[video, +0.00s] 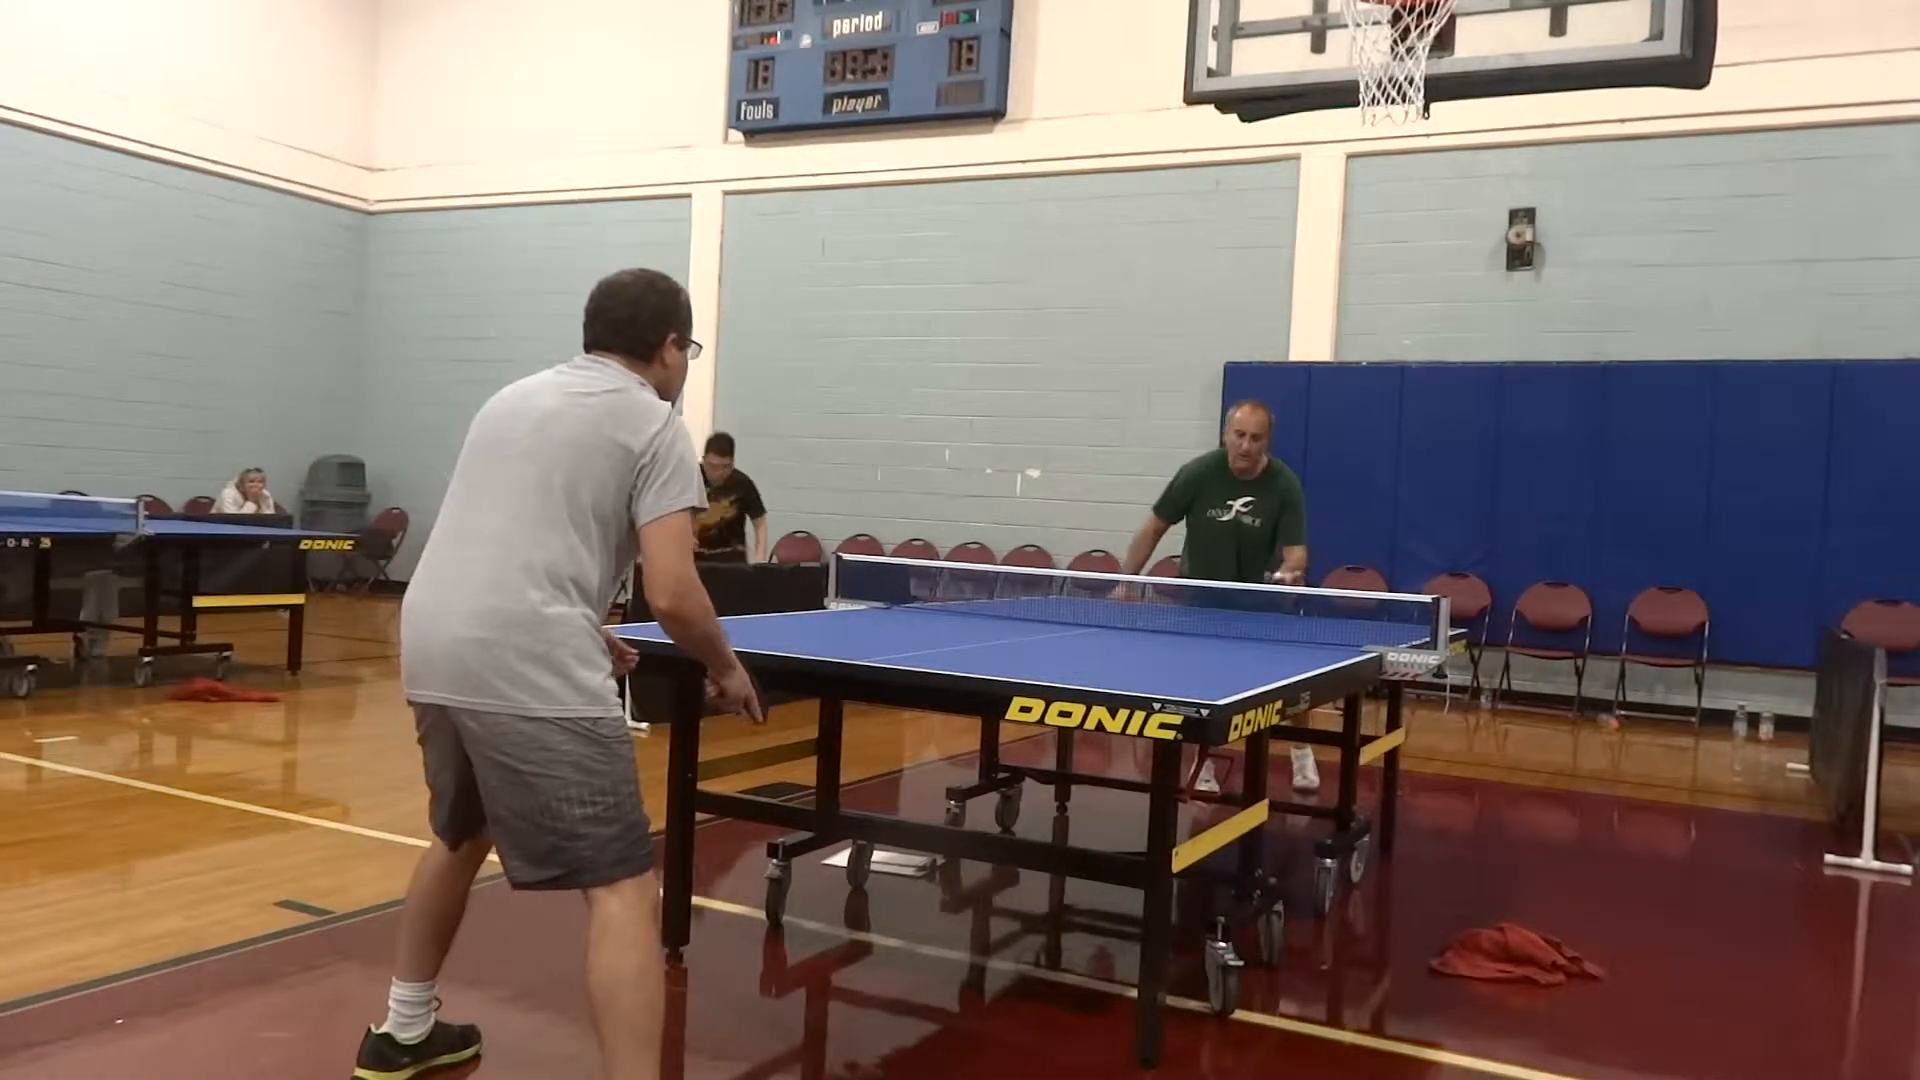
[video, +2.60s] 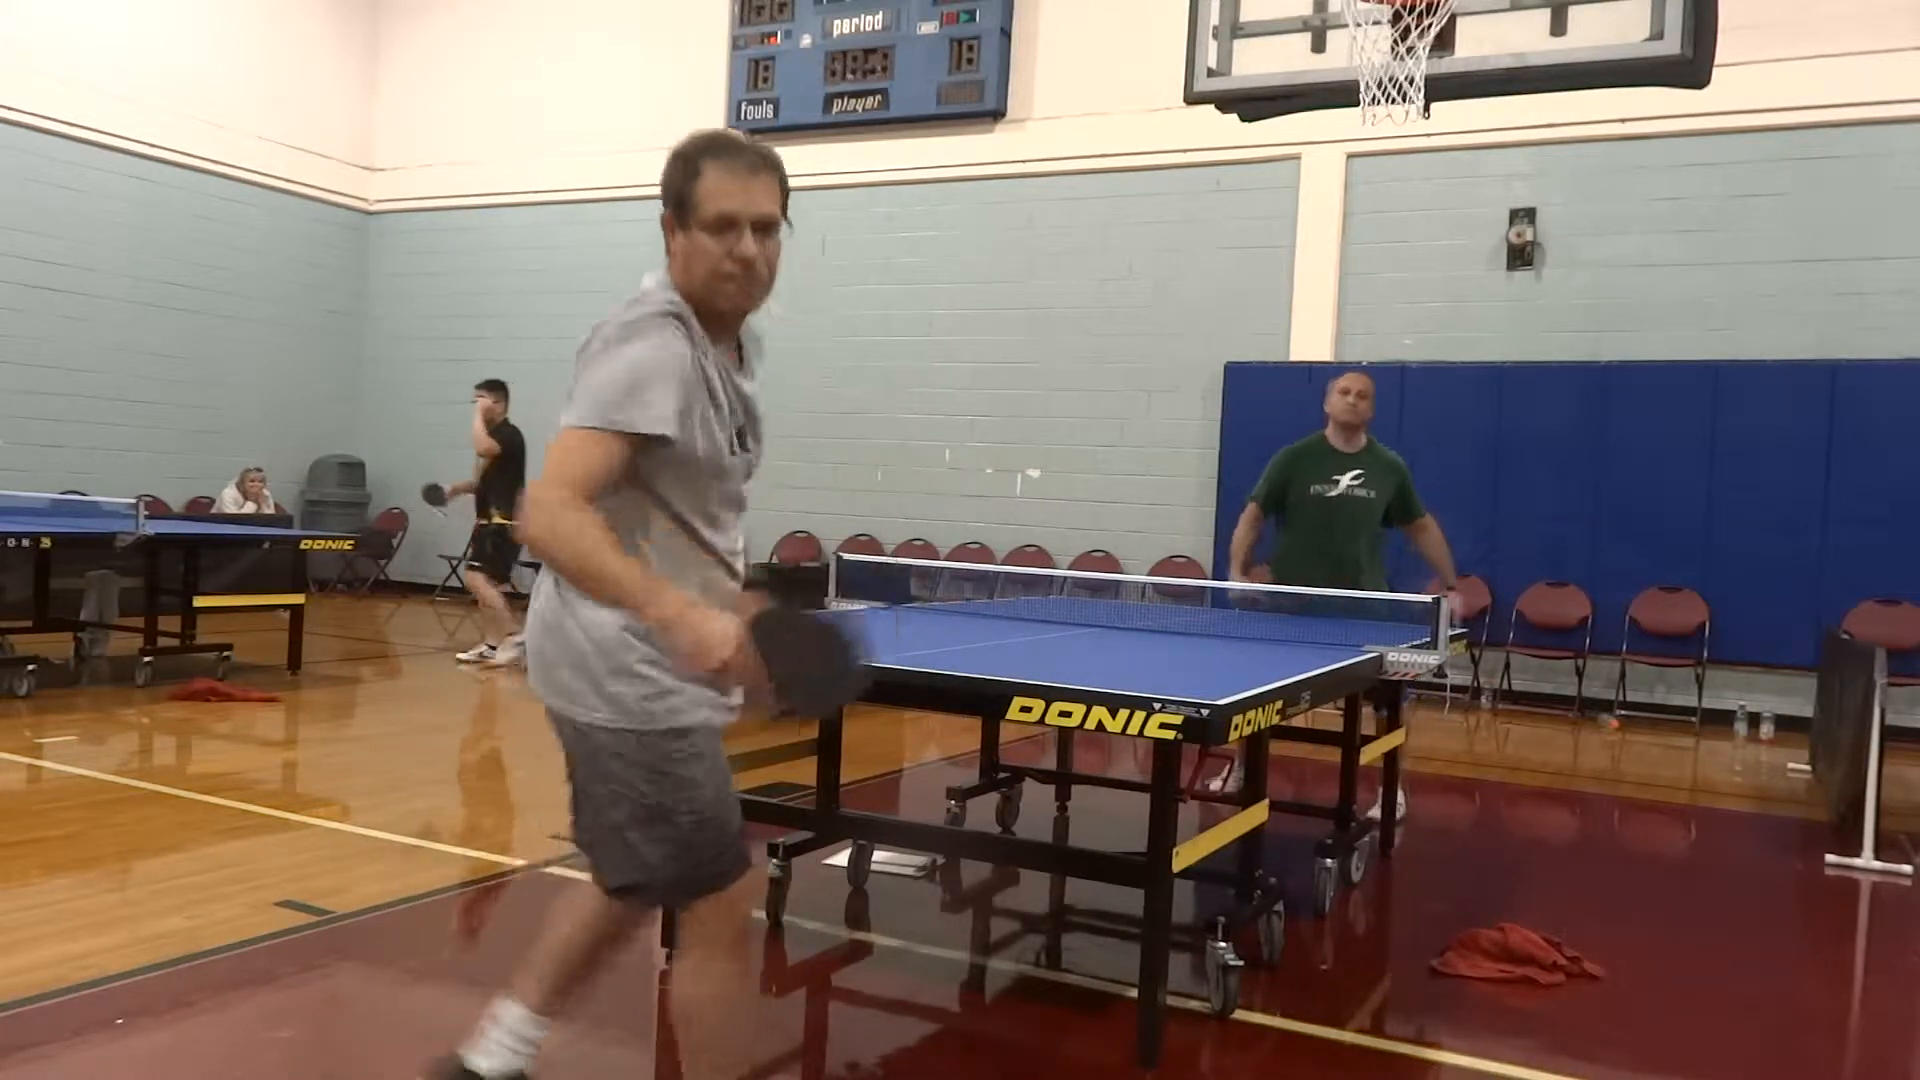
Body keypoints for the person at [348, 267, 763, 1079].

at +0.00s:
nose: (687, 367)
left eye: (689, 353)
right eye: (687, 352)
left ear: (591, 339)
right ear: (664, 347)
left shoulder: (512, 399)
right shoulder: (655, 425)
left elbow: (488, 545)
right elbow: (671, 591)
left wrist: (579, 627)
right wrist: (723, 664)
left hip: (431, 653)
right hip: (536, 669)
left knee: (461, 832)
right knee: (622, 885)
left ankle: (404, 1028)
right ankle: (635, 1073)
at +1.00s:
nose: (727, 349)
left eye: (729, 335)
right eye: (726, 334)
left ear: (632, 326)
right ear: (699, 329)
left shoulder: (553, 395)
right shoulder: (703, 400)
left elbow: (496, 536)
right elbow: (814, 514)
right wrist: (777, 573)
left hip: (506, 659)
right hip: (617, 668)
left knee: (496, 833)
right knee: (733, 862)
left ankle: (408, 1026)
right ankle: (730, 1070)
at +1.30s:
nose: (777, 300)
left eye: (776, 289)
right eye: (776, 288)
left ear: (676, 289)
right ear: (759, 286)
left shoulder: (612, 372)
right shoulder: (796, 360)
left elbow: (528, 526)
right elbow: (935, 435)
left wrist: (592, 589)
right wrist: (930, 509)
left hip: (613, 663)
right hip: (748, 675)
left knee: (561, 836)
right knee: (785, 882)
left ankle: (491, 1017)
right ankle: (758, 1074)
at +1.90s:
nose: (731, 295)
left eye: (732, 280)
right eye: (729, 279)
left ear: (629, 278)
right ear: (707, 280)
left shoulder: (552, 355)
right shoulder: (717, 376)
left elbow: (456, 484)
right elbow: (802, 549)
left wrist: (531, 554)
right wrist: (816, 577)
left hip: (507, 640)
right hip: (628, 651)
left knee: (472, 820)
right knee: (707, 856)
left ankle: (406, 1013)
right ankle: (678, 1070)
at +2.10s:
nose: (702, 362)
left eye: (700, 345)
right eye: (697, 345)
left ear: (607, 342)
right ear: (666, 346)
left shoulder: (530, 415)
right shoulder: (652, 433)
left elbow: (447, 546)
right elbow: (664, 589)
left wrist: (553, 571)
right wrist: (738, 632)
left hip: (457, 687)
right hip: (564, 699)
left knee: (448, 847)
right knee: (722, 874)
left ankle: (340, 1025)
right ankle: (680, 1072)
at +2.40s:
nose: (764, 325)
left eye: (769, 305)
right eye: (746, 303)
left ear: (675, 303)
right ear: (677, 300)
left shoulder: (618, 368)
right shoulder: (662, 389)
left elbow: (578, 522)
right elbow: (626, 525)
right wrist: (730, 602)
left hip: (539, 666)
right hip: (607, 683)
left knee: (508, 846)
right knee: (752, 885)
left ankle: (376, 1010)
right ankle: (724, 1070)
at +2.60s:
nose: (748, 251)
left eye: (766, 229)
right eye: (722, 228)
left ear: (783, 236)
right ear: (671, 231)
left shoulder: (721, 347)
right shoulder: (650, 344)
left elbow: (680, 524)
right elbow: (546, 510)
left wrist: (741, 625)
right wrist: (672, 613)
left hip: (647, 675)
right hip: (625, 682)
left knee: (627, 878)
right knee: (719, 906)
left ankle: (492, 1056)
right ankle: (722, 1074)